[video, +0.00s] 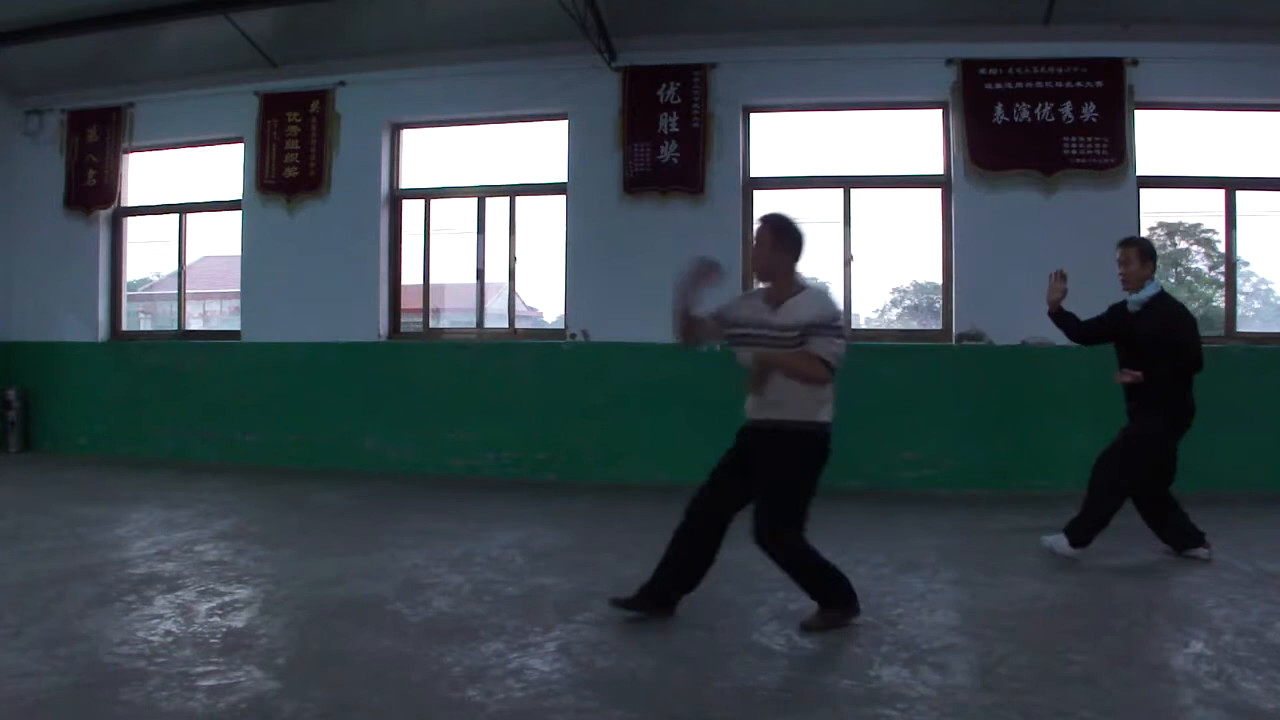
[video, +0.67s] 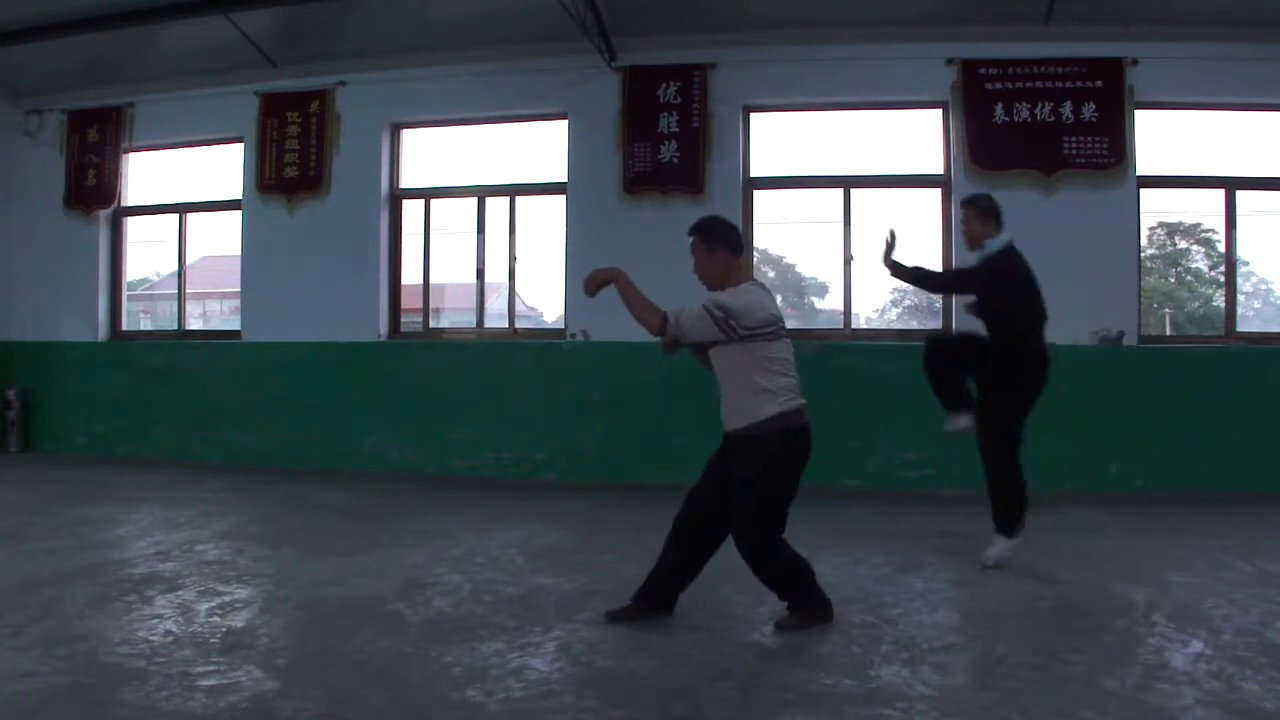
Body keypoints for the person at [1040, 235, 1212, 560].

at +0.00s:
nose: (1121, 271)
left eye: (1128, 264)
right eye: (1119, 264)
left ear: (1149, 268)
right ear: (1120, 268)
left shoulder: (1174, 313)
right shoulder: (1122, 313)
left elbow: (1192, 363)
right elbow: (1084, 334)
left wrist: (1145, 375)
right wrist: (1055, 309)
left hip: (1169, 414)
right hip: (1141, 413)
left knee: (1114, 467)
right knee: (1146, 484)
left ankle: (1075, 539)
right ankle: (1191, 544)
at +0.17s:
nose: (1094, 274)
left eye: (1101, 267)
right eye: (1093, 268)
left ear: (1124, 270)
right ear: (1097, 271)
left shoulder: (1149, 316)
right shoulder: (1098, 314)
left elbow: (1168, 365)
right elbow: (1060, 336)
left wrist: (1121, 370)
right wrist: (1029, 312)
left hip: (1144, 416)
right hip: (1118, 415)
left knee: (1092, 475)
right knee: (1139, 488)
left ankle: (1043, 538)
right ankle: (1189, 543)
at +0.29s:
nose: (1061, 273)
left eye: (1068, 266)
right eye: (1059, 266)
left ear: (1090, 269)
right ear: (1062, 269)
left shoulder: (1115, 317)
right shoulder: (1061, 313)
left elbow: (1131, 367)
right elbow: (1024, 336)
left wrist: (1087, 363)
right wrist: (994, 312)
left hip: (1109, 420)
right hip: (1084, 418)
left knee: (1053, 468)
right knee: (1128, 484)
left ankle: (1030, 545)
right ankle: (1187, 535)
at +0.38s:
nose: (1031, 268)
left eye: (1037, 261)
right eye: (1030, 261)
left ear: (1060, 265)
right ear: (1035, 265)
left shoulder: (1083, 312)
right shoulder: (1033, 308)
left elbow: (1092, 365)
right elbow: (999, 342)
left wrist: (1050, 351)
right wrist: (971, 321)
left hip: (1078, 413)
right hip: (1054, 411)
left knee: (1024, 470)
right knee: (1086, 481)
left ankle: (1023, 546)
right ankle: (1151, 511)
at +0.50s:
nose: (1001, 256)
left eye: (1006, 249)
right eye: (1001, 249)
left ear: (1026, 251)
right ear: (1027, 252)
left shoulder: (1037, 296)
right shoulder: (1040, 290)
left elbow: (1013, 346)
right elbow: (1037, 337)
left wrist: (975, 334)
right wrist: (1006, 316)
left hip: (1047, 402)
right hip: (1046, 398)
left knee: (1012, 468)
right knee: (1014, 464)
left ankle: (1020, 547)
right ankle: (1060, 506)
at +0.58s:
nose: (976, 241)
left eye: (981, 233)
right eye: (976, 234)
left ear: (1000, 234)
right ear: (1001, 234)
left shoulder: (1017, 276)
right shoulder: (1014, 272)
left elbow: (980, 306)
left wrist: (922, 283)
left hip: (1030, 381)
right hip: (1015, 373)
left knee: (1013, 458)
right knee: (952, 389)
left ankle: (1019, 543)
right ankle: (974, 450)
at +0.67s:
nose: (963, 230)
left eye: (967, 223)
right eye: (962, 223)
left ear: (987, 223)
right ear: (987, 224)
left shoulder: (1000, 267)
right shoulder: (999, 260)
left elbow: (945, 283)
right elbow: (1014, 312)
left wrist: (893, 266)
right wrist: (982, 308)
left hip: (1019, 365)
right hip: (1003, 355)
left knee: (996, 439)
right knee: (939, 349)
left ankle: (1008, 529)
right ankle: (962, 411)